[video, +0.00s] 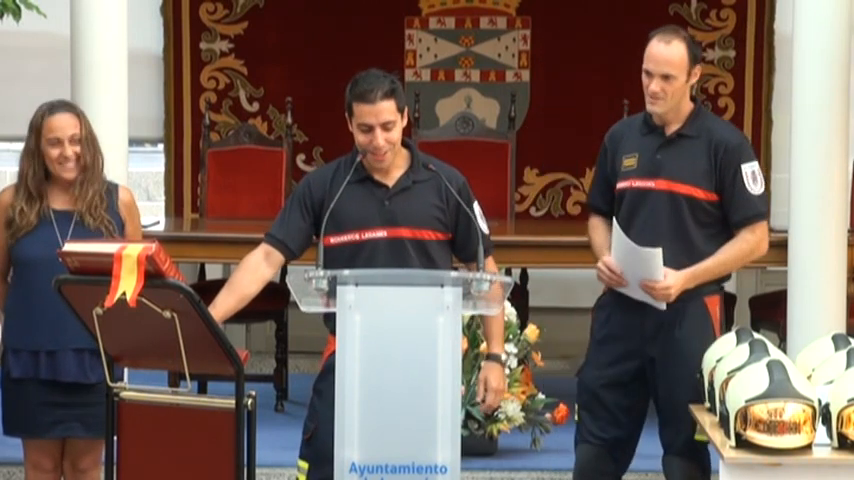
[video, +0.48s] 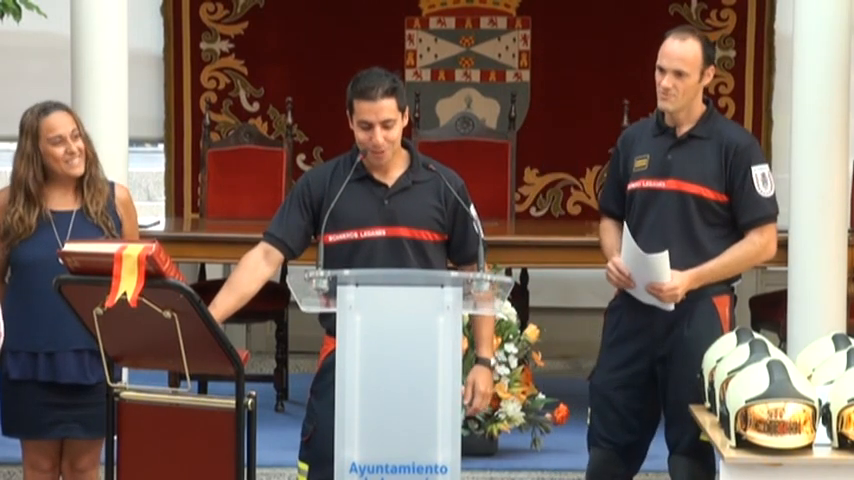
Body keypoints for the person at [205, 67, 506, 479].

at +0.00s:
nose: (378, 141)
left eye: (387, 127)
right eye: (366, 129)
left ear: (405, 120)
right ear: (349, 125)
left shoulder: (447, 186)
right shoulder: (322, 186)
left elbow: (486, 273)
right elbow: (267, 257)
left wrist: (494, 357)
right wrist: (207, 321)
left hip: (428, 356)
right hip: (349, 356)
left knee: (425, 469)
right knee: (323, 466)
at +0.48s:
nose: (376, 138)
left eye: (387, 125)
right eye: (365, 126)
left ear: (406, 119)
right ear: (350, 123)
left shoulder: (445, 187)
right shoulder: (321, 184)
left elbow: (476, 278)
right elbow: (265, 256)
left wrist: (484, 361)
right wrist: (207, 322)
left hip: (425, 354)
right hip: (346, 353)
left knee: (424, 468)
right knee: (323, 466)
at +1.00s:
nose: (375, 137)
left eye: (386, 123)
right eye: (364, 125)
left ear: (406, 119)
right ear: (351, 122)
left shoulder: (445, 188)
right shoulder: (322, 184)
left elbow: (477, 279)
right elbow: (266, 255)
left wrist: (486, 361)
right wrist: (207, 322)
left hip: (426, 355)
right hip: (346, 354)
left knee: (424, 469)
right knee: (323, 466)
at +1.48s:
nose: (377, 138)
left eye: (388, 125)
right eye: (366, 126)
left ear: (408, 119)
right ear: (352, 123)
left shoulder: (447, 188)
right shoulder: (322, 184)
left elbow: (477, 279)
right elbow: (267, 255)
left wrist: (486, 362)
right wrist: (207, 322)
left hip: (428, 357)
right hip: (347, 356)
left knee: (427, 469)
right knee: (324, 465)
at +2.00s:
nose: (380, 139)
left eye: (391, 125)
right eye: (369, 126)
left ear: (408, 119)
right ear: (353, 123)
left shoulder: (447, 188)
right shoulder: (323, 184)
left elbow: (477, 279)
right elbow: (267, 255)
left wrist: (487, 361)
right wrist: (207, 322)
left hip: (428, 352)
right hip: (348, 351)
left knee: (429, 467)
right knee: (322, 462)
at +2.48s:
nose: (378, 139)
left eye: (389, 126)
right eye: (367, 127)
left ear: (408, 119)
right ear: (352, 122)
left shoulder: (447, 188)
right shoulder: (323, 184)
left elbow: (475, 281)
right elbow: (267, 255)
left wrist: (484, 363)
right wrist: (207, 322)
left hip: (428, 352)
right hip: (348, 351)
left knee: (429, 468)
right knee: (331, 464)